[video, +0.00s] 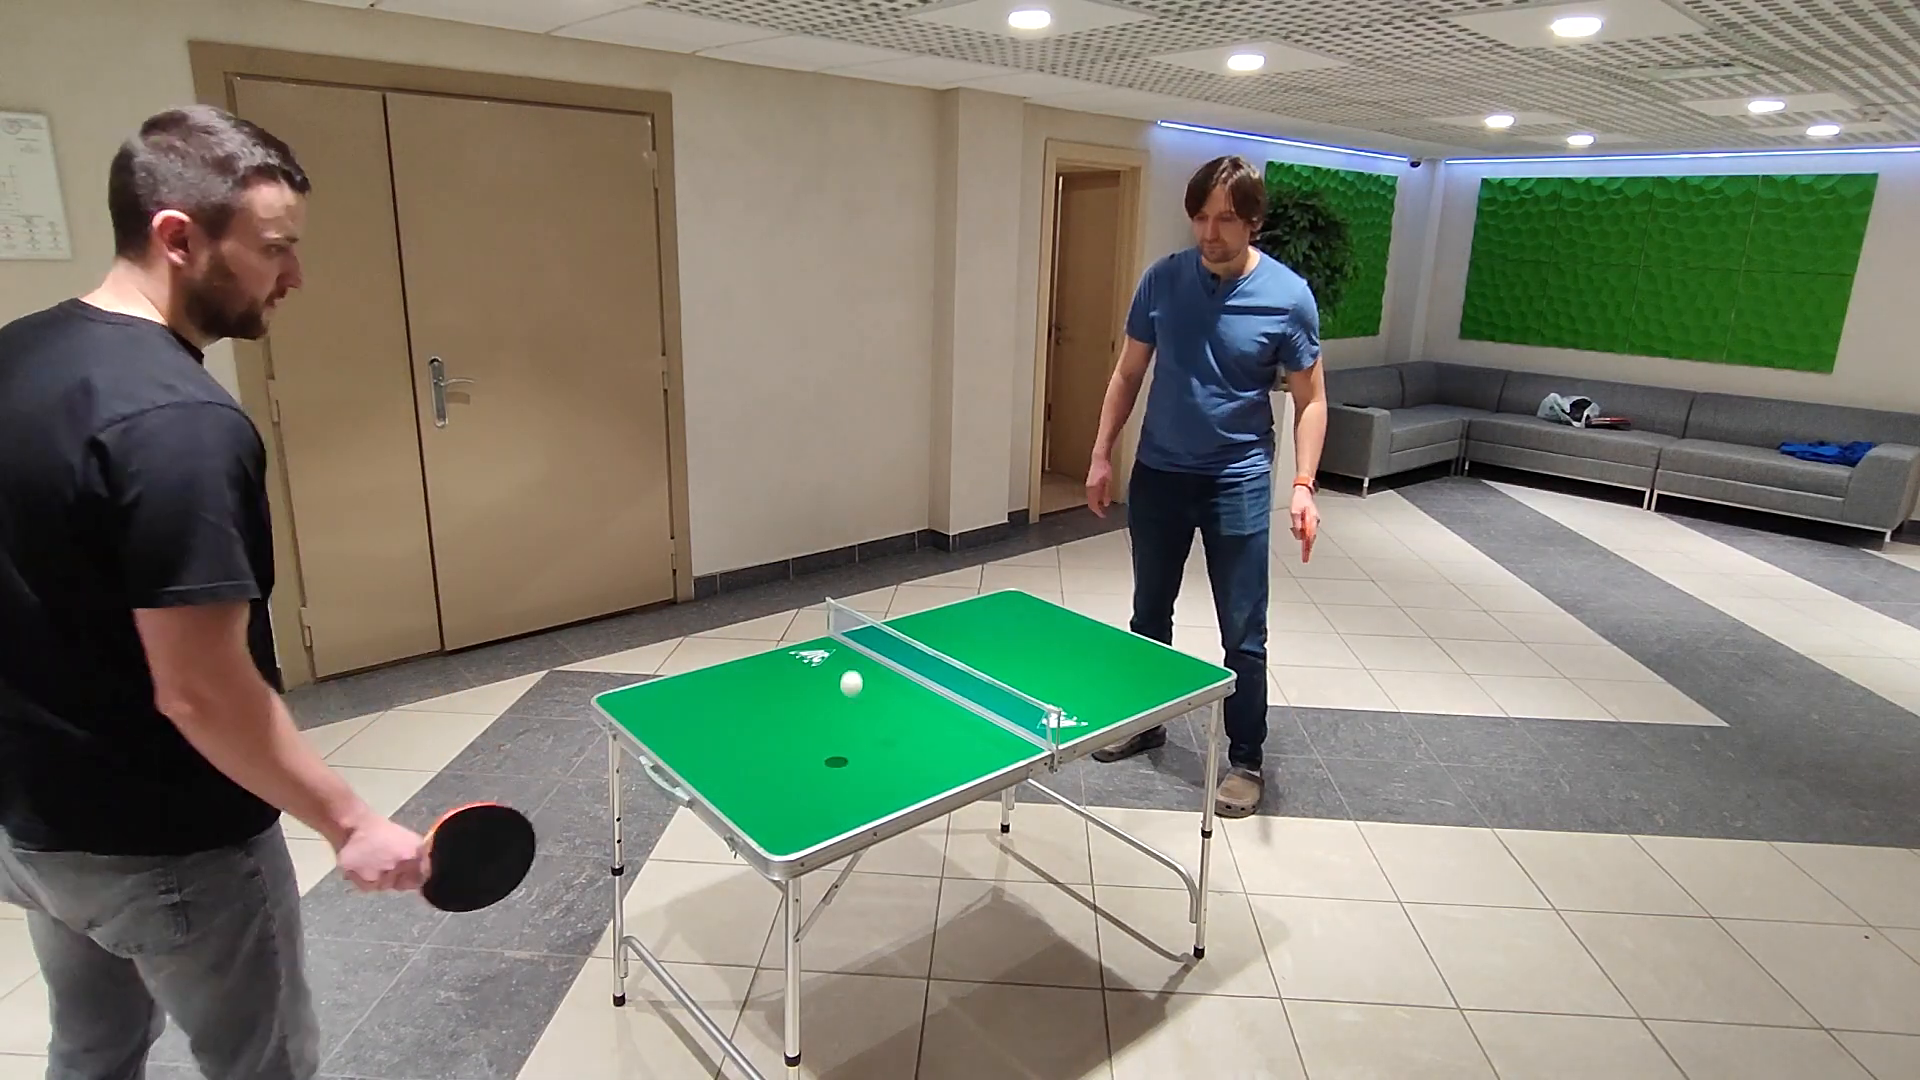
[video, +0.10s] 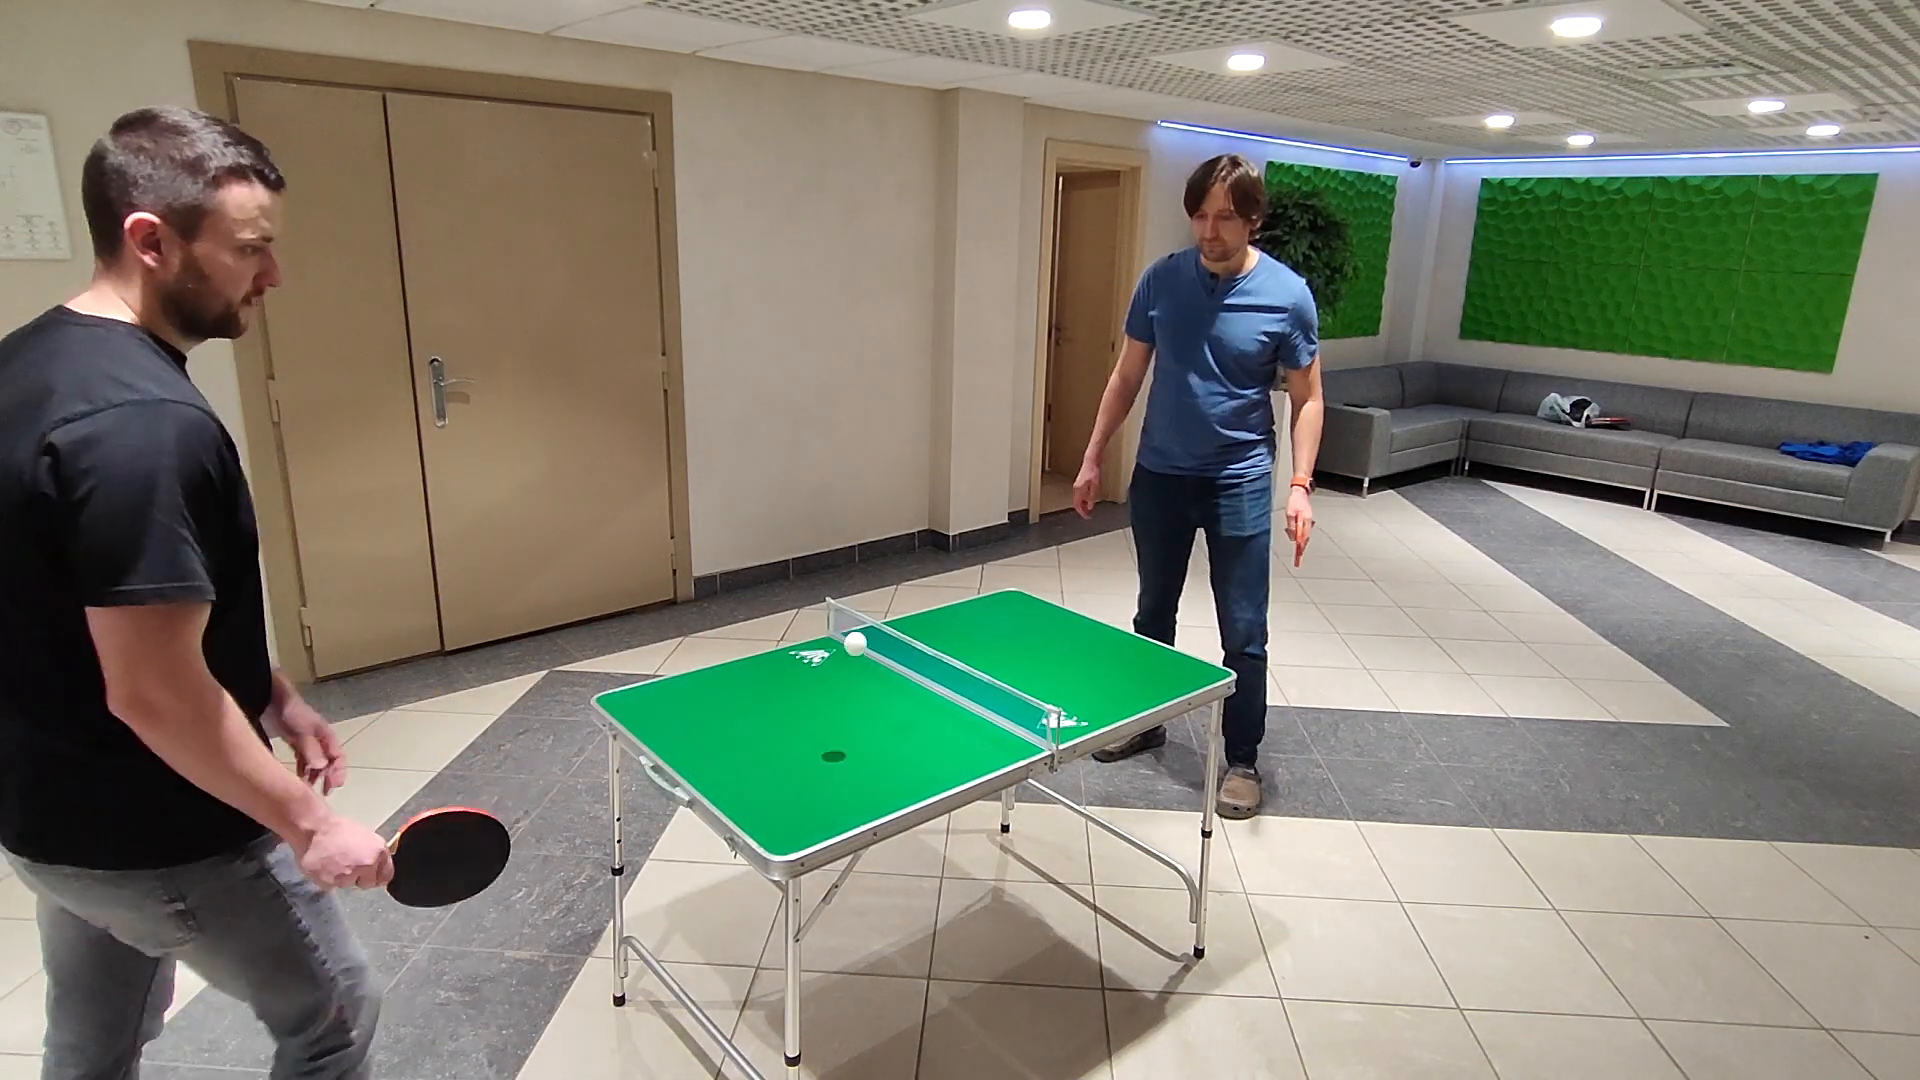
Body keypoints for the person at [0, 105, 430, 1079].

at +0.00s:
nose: (295, 277)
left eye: (294, 248)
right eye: (278, 246)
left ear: (171, 239)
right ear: (177, 239)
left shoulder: (18, 352)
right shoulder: (182, 422)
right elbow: (204, 688)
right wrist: (348, 822)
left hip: (36, 821)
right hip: (176, 847)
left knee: (90, 1056)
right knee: (269, 1063)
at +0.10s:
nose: (274, 276)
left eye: (271, 247)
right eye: (252, 247)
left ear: (148, 244)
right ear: (150, 241)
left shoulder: (33, 359)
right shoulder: (142, 422)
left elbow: (163, 578)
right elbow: (155, 692)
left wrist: (273, 696)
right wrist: (310, 824)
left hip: (55, 815)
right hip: (174, 839)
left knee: (92, 1047)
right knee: (334, 1021)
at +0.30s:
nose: (333, 287)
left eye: (331, 258)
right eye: (313, 259)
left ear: (213, 256)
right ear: (216, 254)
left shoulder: (165, 366)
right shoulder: (177, 426)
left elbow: (266, 561)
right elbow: (174, 692)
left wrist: (402, 656)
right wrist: (352, 795)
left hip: (121, 795)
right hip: (201, 820)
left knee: (115, 1038)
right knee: (389, 1011)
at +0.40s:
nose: (408, 311)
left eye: (407, 284)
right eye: (392, 286)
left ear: (299, 279)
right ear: (304, 279)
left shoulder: (248, 381)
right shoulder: (252, 444)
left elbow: (359, 546)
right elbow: (217, 706)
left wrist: (500, 631)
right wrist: (398, 800)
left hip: (154, 797)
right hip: (238, 822)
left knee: (131, 1046)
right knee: (426, 1026)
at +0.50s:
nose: (510, 347)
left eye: (510, 324)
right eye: (497, 324)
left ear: (415, 316)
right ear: (419, 316)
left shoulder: (335, 400)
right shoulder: (350, 471)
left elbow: (465, 543)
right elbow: (279, 724)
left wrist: (611, 615)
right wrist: (447, 825)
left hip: (205, 793)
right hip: (291, 822)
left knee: (171, 1042)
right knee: (476, 1017)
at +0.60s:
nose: (609, 390)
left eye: (612, 369)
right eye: (604, 369)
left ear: (523, 352)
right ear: (536, 359)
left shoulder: (433, 414)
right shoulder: (435, 489)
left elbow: (562, 546)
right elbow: (344, 735)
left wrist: (703, 613)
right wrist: (494, 854)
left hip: (246, 769)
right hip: (317, 808)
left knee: (217, 1021)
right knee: (515, 979)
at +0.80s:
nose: (726, 419)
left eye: (734, 401)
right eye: (726, 398)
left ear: (652, 373)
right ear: (671, 383)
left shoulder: (545, 411)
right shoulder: (559, 481)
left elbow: (645, 566)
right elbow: (426, 707)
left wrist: (742, 672)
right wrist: (522, 859)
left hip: (295, 722)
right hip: (376, 776)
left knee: (288, 960)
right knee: (536, 972)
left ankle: (204, 1075)